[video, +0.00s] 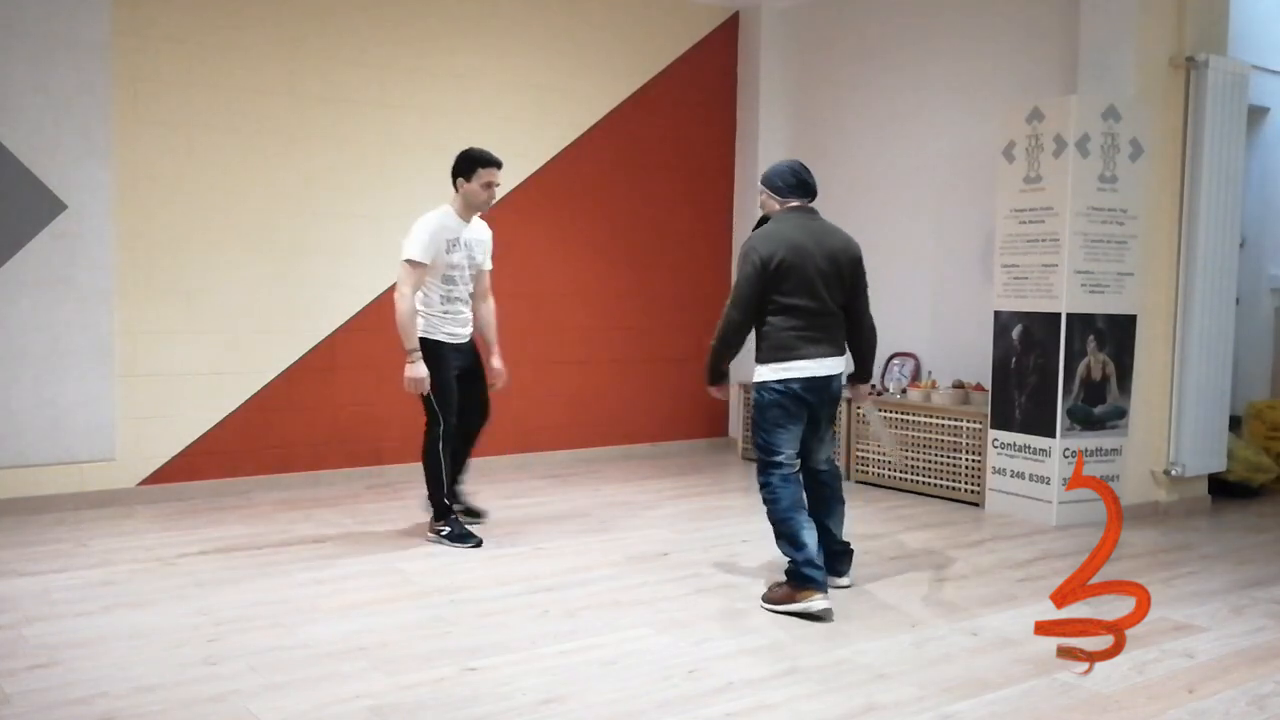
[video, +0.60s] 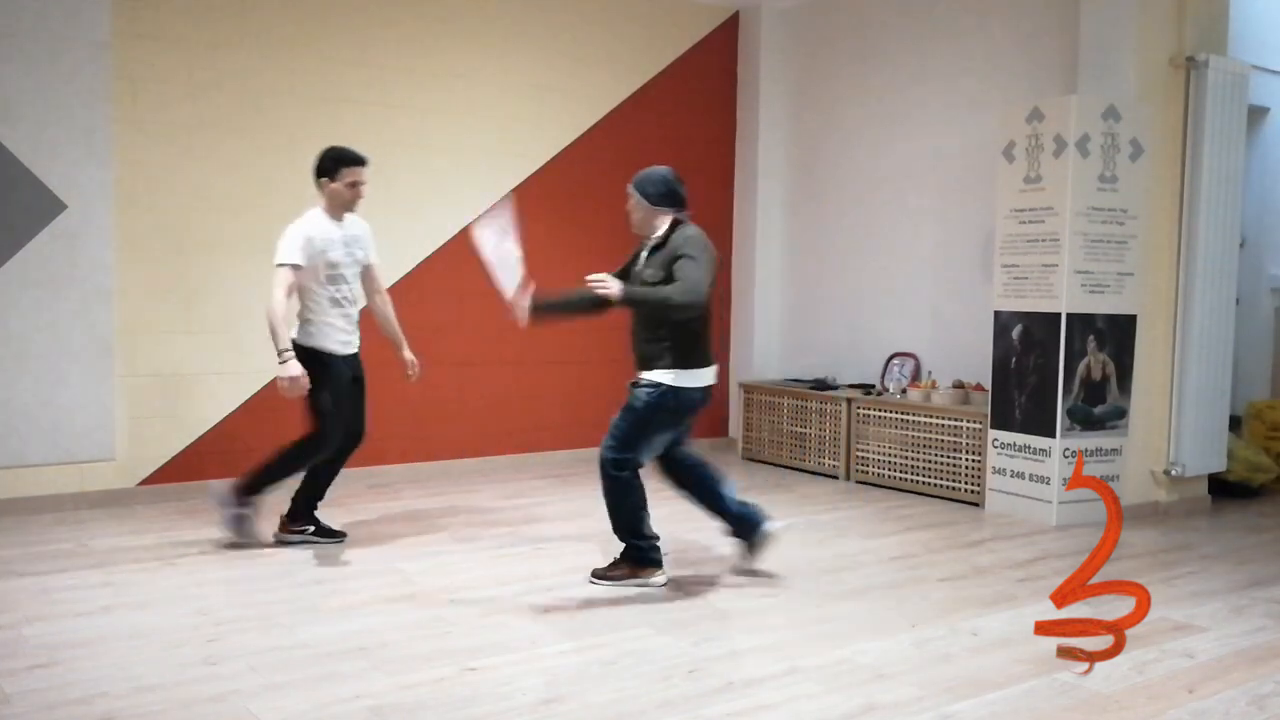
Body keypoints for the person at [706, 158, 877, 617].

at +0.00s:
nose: (760, 204)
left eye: (762, 197)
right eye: (761, 196)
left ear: (772, 199)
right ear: (808, 197)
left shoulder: (763, 243)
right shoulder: (842, 242)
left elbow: (738, 316)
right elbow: (859, 318)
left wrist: (716, 369)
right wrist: (863, 372)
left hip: (781, 377)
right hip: (830, 374)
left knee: (779, 473)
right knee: (819, 462)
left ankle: (807, 580)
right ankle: (835, 558)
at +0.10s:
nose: (752, 207)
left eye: (755, 200)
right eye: (753, 200)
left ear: (768, 204)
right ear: (798, 204)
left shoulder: (758, 246)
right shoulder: (833, 248)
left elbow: (722, 317)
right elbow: (853, 317)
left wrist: (678, 375)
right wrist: (859, 359)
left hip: (775, 383)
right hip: (821, 381)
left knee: (771, 476)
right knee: (814, 467)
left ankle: (807, 580)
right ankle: (834, 559)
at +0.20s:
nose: (733, 211)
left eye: (737, 204)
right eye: (735, 203)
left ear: (753, 208)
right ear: (781, 207)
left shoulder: (747, 243)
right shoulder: (815, 248)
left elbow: (718, 301)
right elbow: (840, 316)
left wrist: (671, 353)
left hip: (764, 384)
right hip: (810, 380)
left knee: (740, 476)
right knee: (804, 465)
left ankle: (791, 560)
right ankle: (834, 561)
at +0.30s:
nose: (705, 208)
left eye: (710, 201)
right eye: (707, 200)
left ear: (729, 204)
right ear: (750, 203)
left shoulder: (734, 231)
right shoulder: (782, 238)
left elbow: (731, 267)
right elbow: (802, 287)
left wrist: (707, 303)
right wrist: (800, 254)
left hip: (750, 377)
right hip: (791, 374)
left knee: (699, 462)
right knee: (790, 461)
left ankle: (735, 563)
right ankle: (831, 556)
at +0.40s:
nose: (677, 206)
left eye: (682, 198)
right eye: (678, 198)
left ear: (702, 201)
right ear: (718, 199)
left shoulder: (716, 225)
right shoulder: (737, 228)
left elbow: (732, 254)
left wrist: (708, 276)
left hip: (731, 377)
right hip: (763, 375)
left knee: (665, 450)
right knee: (783, 466)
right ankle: (829, 559)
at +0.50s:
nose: (652, 210)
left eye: (657, 202)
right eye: (653, 201)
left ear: (677, 206)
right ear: (685, 205)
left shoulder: (704, 235)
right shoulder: (687, 242)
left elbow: (719, 268)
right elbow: (643, 258)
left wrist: (670, 277)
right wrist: (600, 231)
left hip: (697, 382)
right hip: (724, 379)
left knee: (635, 455)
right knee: (746, 463)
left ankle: (641, 557)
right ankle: (810, 543)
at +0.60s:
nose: (627, 209)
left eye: (633, 201)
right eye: (628, 201)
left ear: (655, 205)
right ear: (657, 206)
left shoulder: (690, 242)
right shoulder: (649, 250)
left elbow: (690, 296)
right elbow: (605, 297)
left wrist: (625, 292)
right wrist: (538, 305)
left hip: (674, 381)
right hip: (668, 379)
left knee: (617, 458)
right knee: (673, 455)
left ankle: (641, 558)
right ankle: (747, 523)